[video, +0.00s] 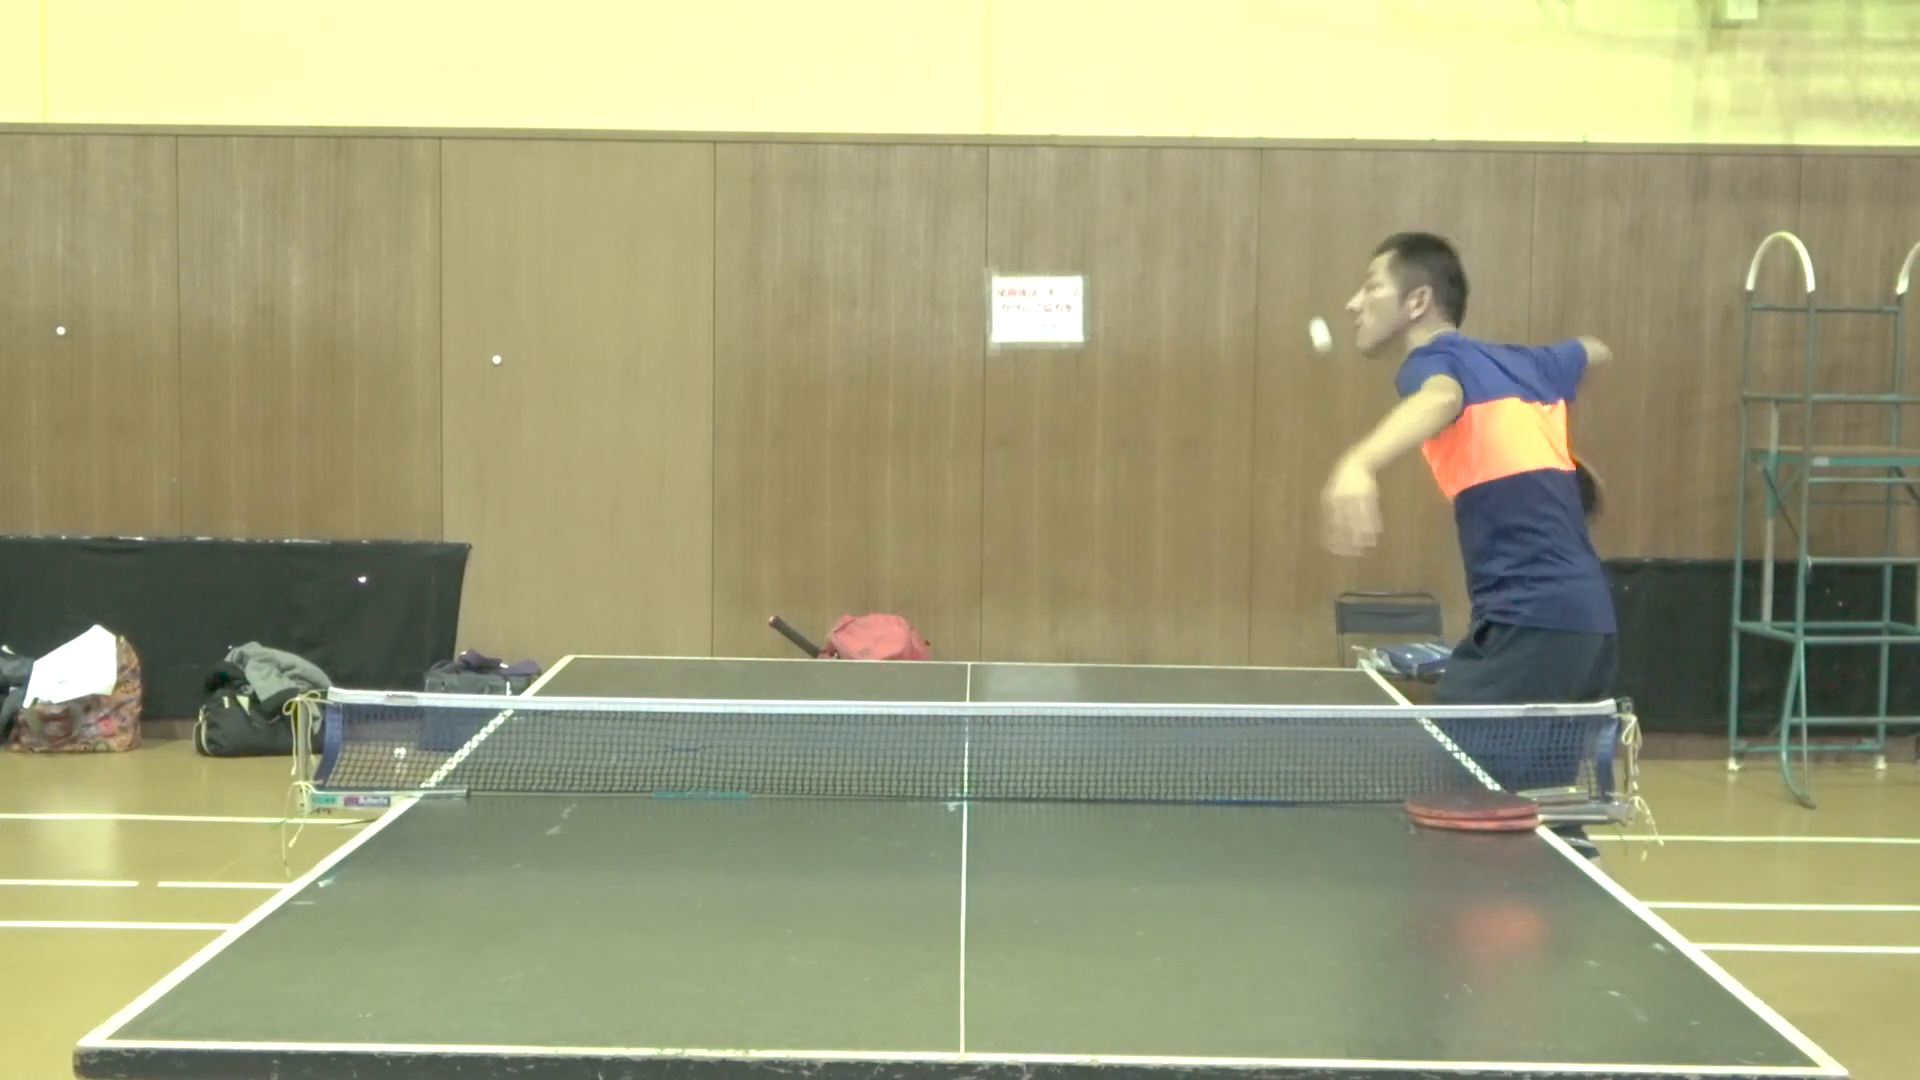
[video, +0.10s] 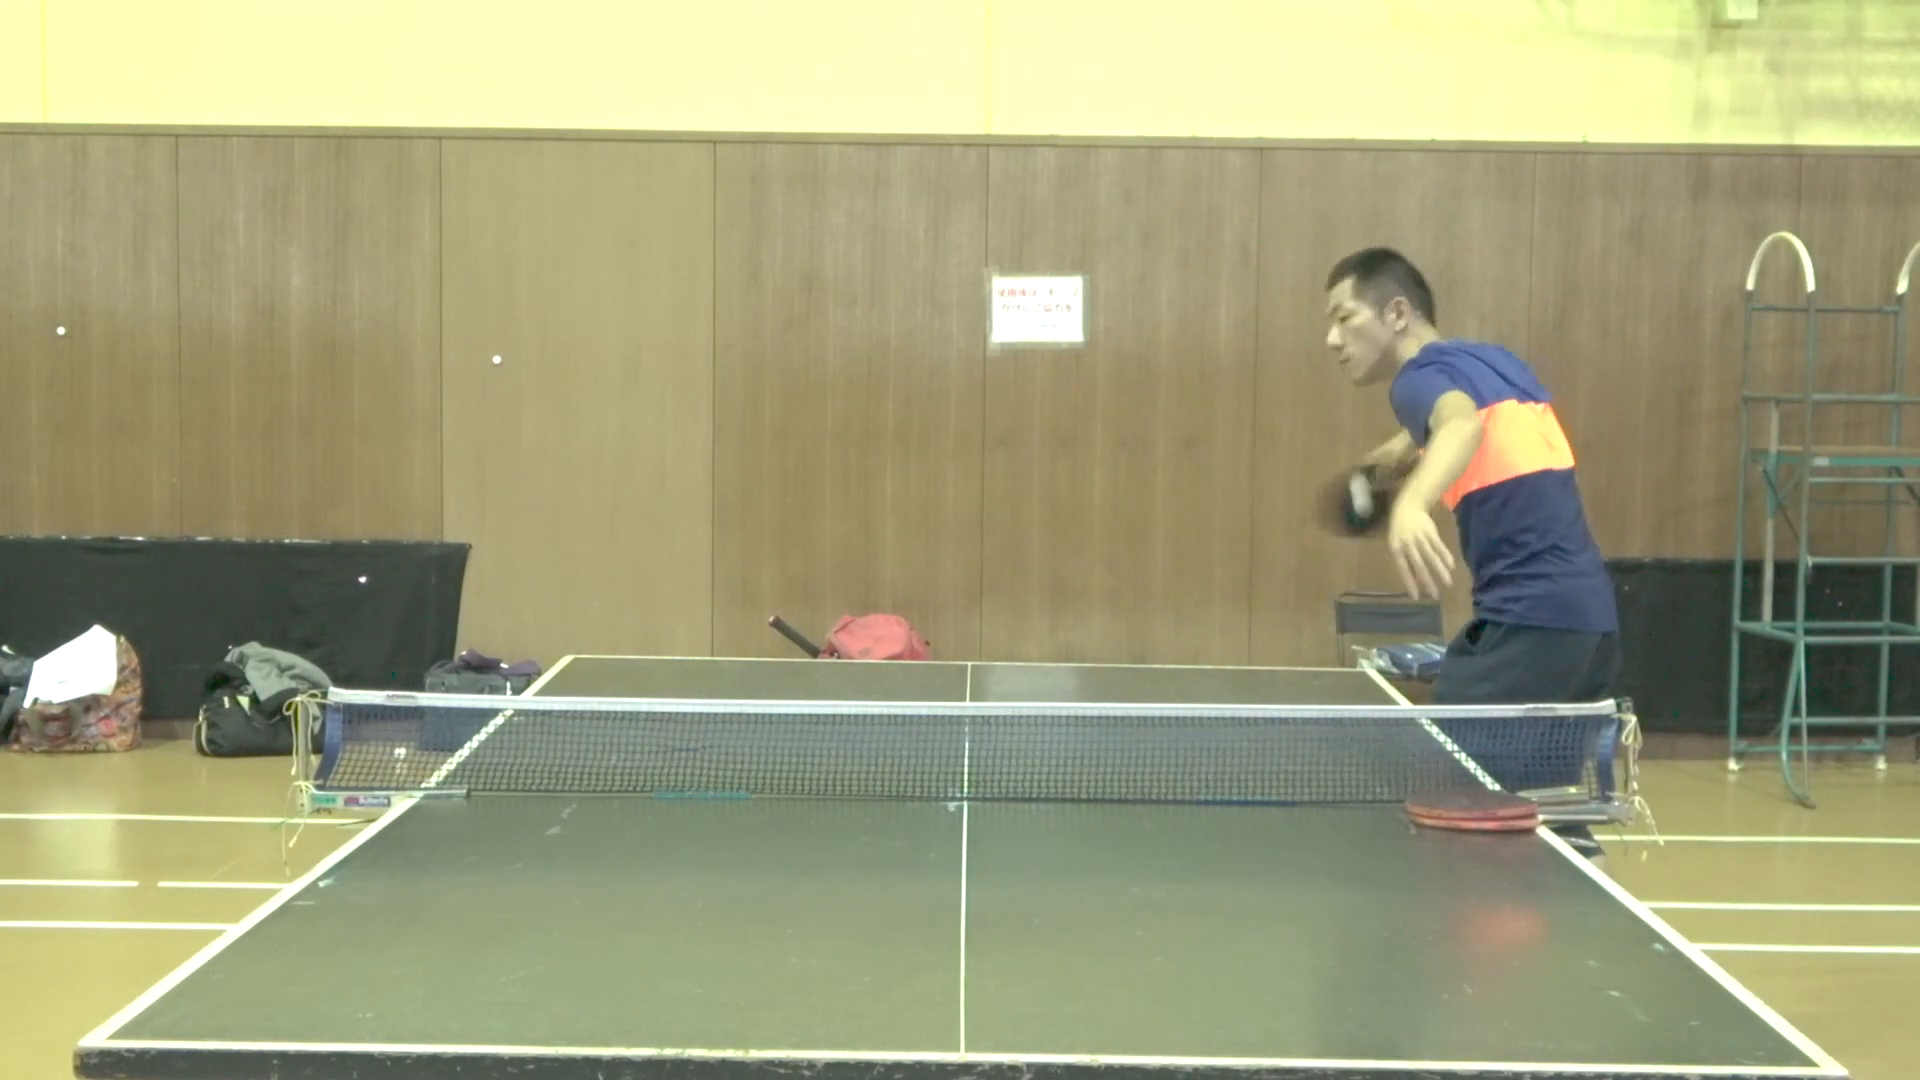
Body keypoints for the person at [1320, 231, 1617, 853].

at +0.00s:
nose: (1353, 303)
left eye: (1371, 286)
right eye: (1360, 286)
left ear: (1419, 300)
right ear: (1428, 300)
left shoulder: (1435, 355)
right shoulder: (1525, 361)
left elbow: (1442, 398)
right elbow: (1595, 349)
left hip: (1531, 626)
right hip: (1589, 628)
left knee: (1430, 795)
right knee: (1537, 809)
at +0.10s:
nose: (1332, 340)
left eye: (1344, 318)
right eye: (1331, 324)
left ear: (1398, 314)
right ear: (1401, 317)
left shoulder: (1422, 373)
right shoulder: (1502, 362)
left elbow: (1458, 423)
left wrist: (1414, 502)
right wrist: (1390, 461)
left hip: (1528, 626)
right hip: (1592, 627)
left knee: (1443, 797)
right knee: (1543, 806)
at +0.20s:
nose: (1317, 346)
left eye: (1331, 324)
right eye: (1310, 331)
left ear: (1385, 323)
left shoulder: (1418, 385)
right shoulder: (1449, 380)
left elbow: (1484, 454)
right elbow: (1449, 518)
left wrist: (1441, 547)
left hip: (1531, 629)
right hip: (1574, 631)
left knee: (1432, 795)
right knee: (1531, 812)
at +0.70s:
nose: (1313, 382)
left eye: (1297, 367)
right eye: (1297, 371)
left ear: (1311, 340)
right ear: (1355, 317)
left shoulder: (1387, 379)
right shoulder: (1448, 364)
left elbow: (1474, 461)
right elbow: (1527, 469)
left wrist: (1433, 584)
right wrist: (1418, 507)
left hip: (1501, 620)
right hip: (1557, 622)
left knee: (1415, 780)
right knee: (1524, 803)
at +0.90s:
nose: (1364, 364)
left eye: (1355, 352)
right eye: (1356, 354)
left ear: (1363, 336)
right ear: (1417, 312)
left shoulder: (1394, 378)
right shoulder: (1509, 367)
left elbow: (1444, 476)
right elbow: (1603, 467)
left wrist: (1408, 596)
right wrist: (1525, 511)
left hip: (1500, 611)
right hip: (1583, 614)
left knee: (1392, 769)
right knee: (1568, 797)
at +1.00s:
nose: (1397, 394)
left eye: (1389, 382)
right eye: (1391, 384)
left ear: (1398, 363)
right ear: (1456, 343)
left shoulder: (1422, 401)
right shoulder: (1546, 392)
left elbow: (1446, 515)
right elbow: (1641, 510)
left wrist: (1420, 630)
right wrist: (1591, 587)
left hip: (1527, 621)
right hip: (1613, 627)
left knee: (1409, 764)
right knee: (1606, 805)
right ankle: (1640, 978)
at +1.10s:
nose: (1426, 438)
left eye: (1420, 427)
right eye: (1421, 428)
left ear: (1430, 408)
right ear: (1488, 388)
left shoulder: (1445, 439)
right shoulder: (1578, 427)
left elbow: (1465, 570)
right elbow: (1670, 560)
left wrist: (1450, 693)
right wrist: (1639, 642)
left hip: (1561, 629)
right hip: (1653, 636)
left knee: (1444, 783)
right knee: (1624, 804)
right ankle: (1640, 979)